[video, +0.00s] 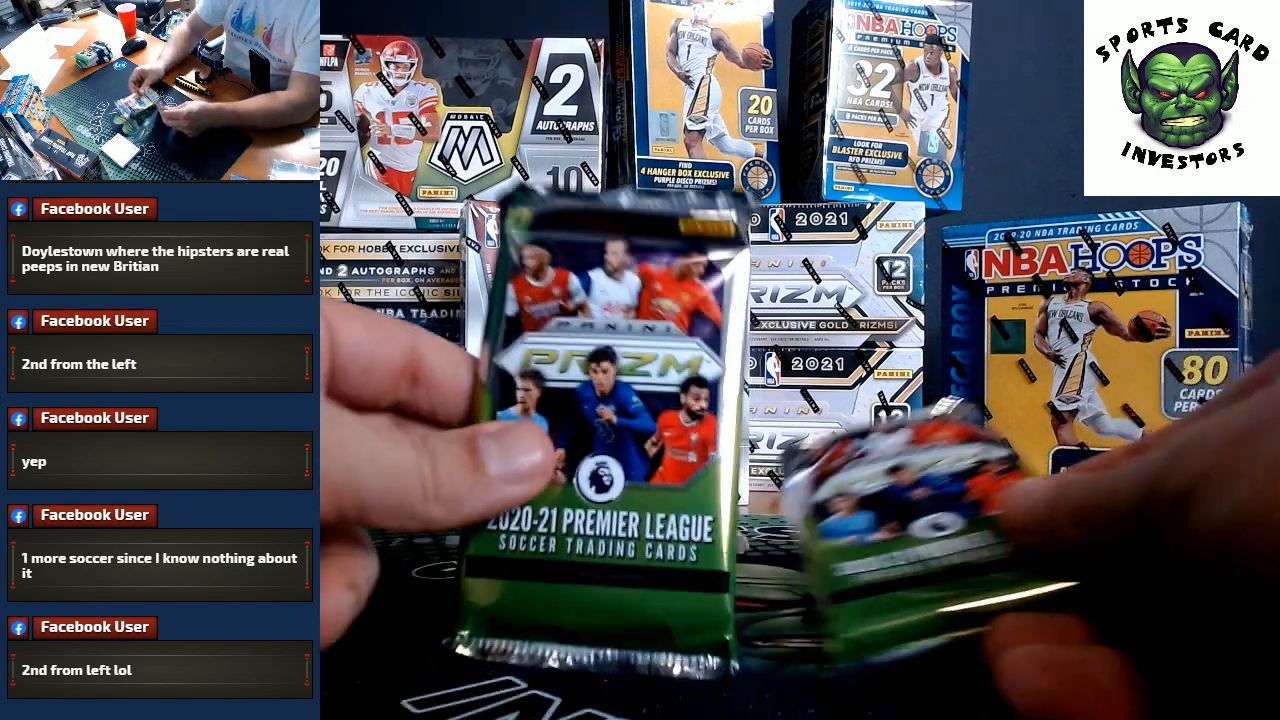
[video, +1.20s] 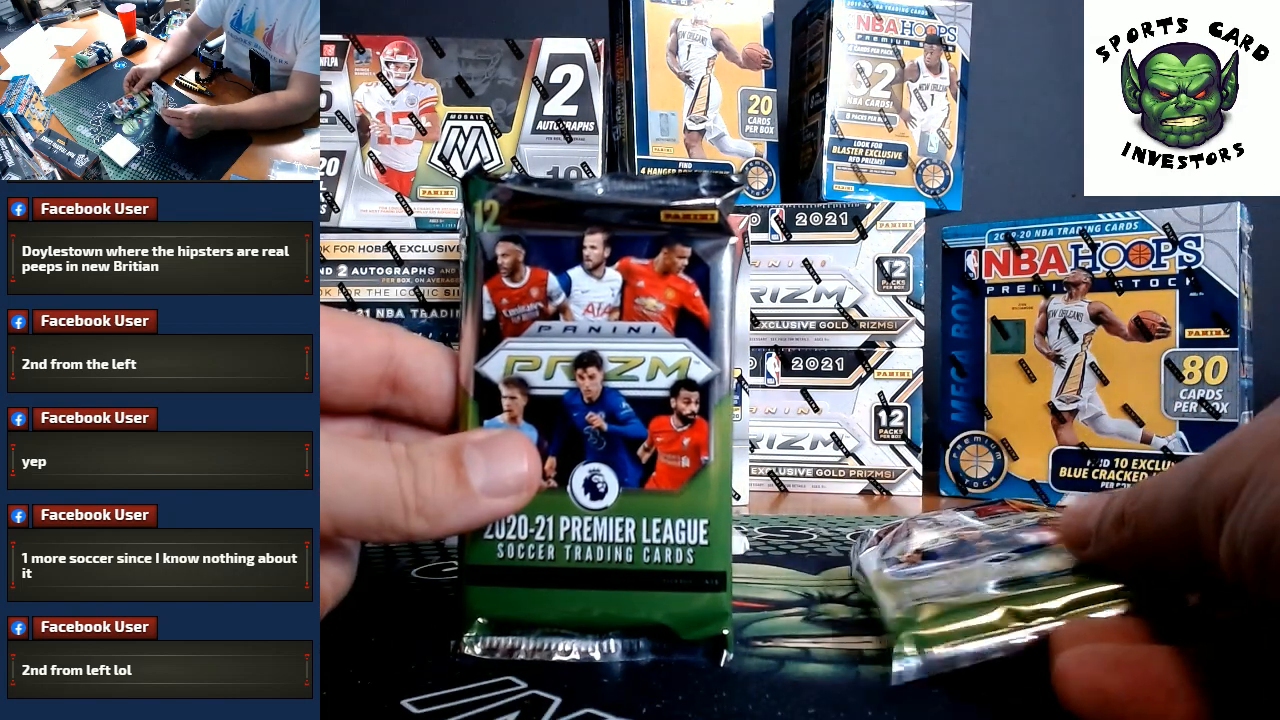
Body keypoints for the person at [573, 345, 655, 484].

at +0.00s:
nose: (599, 378)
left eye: (605, 372)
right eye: (595, 372)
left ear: (614, 372)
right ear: (589, 373)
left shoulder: (624, 392)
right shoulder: (583, 392)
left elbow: (649, 426)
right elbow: (573, 421)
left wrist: (617, 420)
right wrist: (562, 447)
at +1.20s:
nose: (586, 384)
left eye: (591, 377)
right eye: (581, 378)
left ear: (601, 376)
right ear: (576, 379)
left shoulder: (613, 398)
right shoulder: (570, 400)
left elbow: (640, 431)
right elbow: (562, 428)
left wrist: (607, 428)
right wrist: (553, 455)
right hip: (592, 466)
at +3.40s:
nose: (589, 385)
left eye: (594, 378)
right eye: (583, 379)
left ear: (604, 376)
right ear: (577, 378)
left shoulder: (615, 399)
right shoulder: (572, 402)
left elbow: (644, 431)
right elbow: (566, 427)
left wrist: (611, 429)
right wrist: (556, 457)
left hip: (628, 473)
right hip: (596, 471)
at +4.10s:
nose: (587, 386)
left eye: (593, 379)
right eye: (582, 380)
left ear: (602, 377)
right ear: (576, 379)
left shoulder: (614, 400)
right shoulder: (570, 403)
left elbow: (643, 432)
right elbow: (564, 428)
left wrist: (610, 430)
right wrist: (554, 458)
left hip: (627, 474)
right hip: (596, 472)